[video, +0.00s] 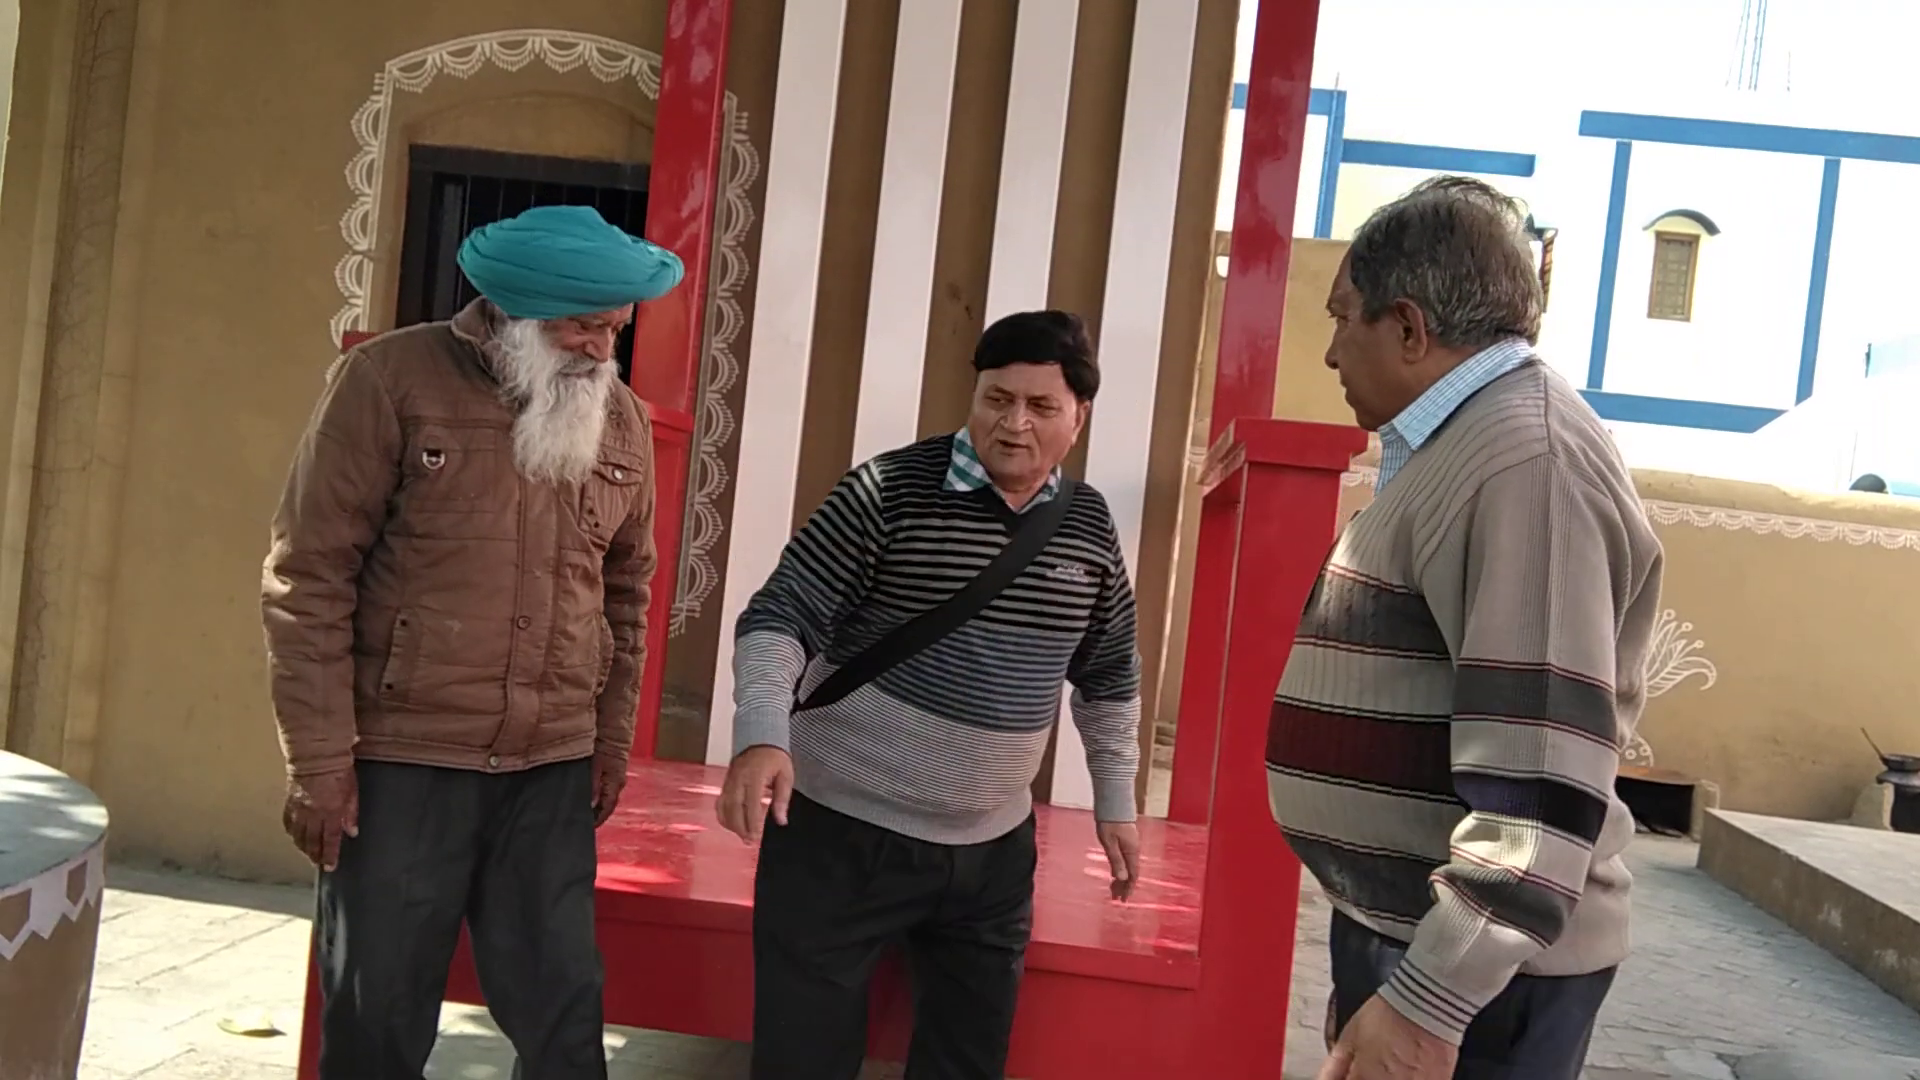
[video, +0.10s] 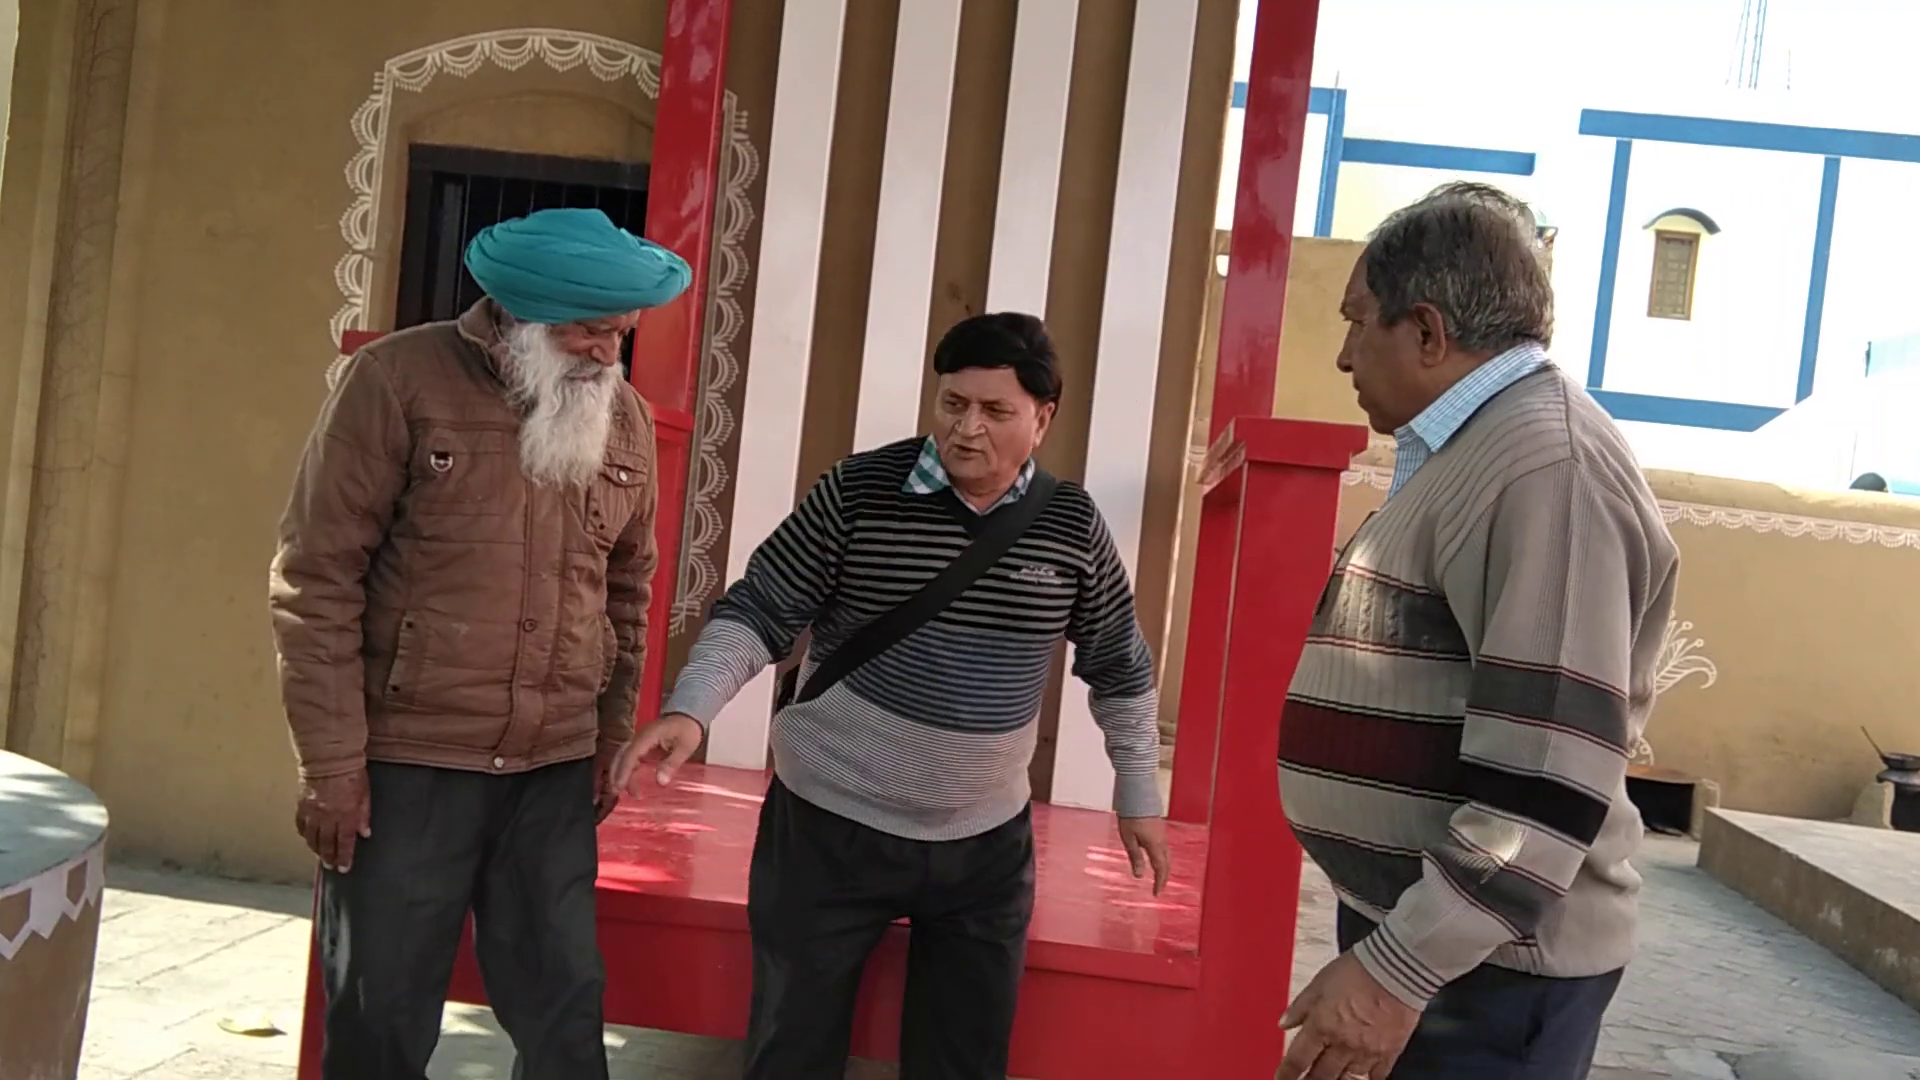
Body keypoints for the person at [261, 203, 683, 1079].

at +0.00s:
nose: (600, 341)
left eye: (612, 322)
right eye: (581, 320)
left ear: (620, 319)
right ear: (515, 310)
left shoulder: (622, 419)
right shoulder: (390, 379)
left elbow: (626, 596)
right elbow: (308, 573)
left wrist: (610, 741)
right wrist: (322, 762)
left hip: (548, 787)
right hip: (404, 781)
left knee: (566, 1037)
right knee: (376, 1044)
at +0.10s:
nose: (603, 346)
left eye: (617, 327)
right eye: (584, 325)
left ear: (627, 324)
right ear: (519, 314)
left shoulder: (625, 419)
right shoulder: (396, 381)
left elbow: (628, 590)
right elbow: (316, 577)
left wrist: (615, 733)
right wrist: (334, 764)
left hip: (551, 785)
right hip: (411, 780)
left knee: (566, 1031)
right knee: (382, 1039)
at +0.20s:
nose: (610, 349)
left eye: (623, 330)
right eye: (591, 328)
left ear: (632, 326)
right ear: (525, 315)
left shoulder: (628, 419)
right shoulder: (402, 381)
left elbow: (629, 589)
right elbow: (321, 577)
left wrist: (619, 726)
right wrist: (344, 763)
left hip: (552, 787)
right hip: (414, 782)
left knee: (566, 1041)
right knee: (382, 1042)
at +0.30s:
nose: (614, 350)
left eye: (627, 331)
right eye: (596, 329)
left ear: (635, 326)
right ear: (530, 315)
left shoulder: (630, 419)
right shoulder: (407, 381)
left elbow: (631, 588)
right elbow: (325, 577)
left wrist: (616, 730)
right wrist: (350, 764)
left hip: (553, 785)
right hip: (416, 780)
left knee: (566, 1037)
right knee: (382, 1040)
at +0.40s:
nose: (615, 349)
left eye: (627, 330)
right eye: (596, 329)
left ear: (636, 326)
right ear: (531, 316)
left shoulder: (631, 420)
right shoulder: (409, 381)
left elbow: (633, 589)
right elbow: (325, 576)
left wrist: (617, 730)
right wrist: (350, 765)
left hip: (554, 785)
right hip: (415, 782)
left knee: (567, 1029)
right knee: (383, 1037)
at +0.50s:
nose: (613, 350)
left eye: (627, 331)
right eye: (595, 329)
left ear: (637, 325)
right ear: (532, 316)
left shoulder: (632, 421)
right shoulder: (408, 381)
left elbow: (633, 593)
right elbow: (324, 576)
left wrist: (617, 733)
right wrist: (346, 766)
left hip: (554, 785)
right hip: (414, 781)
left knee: (567, 1036)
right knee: (381, 1041)